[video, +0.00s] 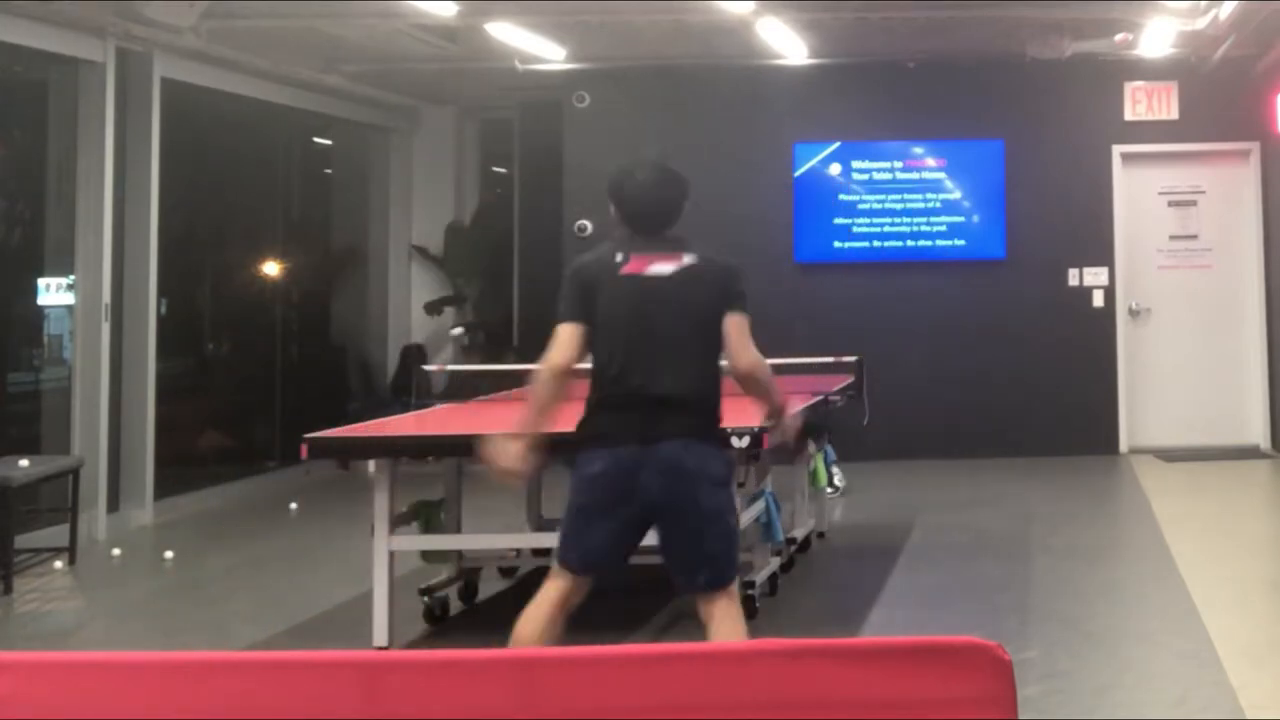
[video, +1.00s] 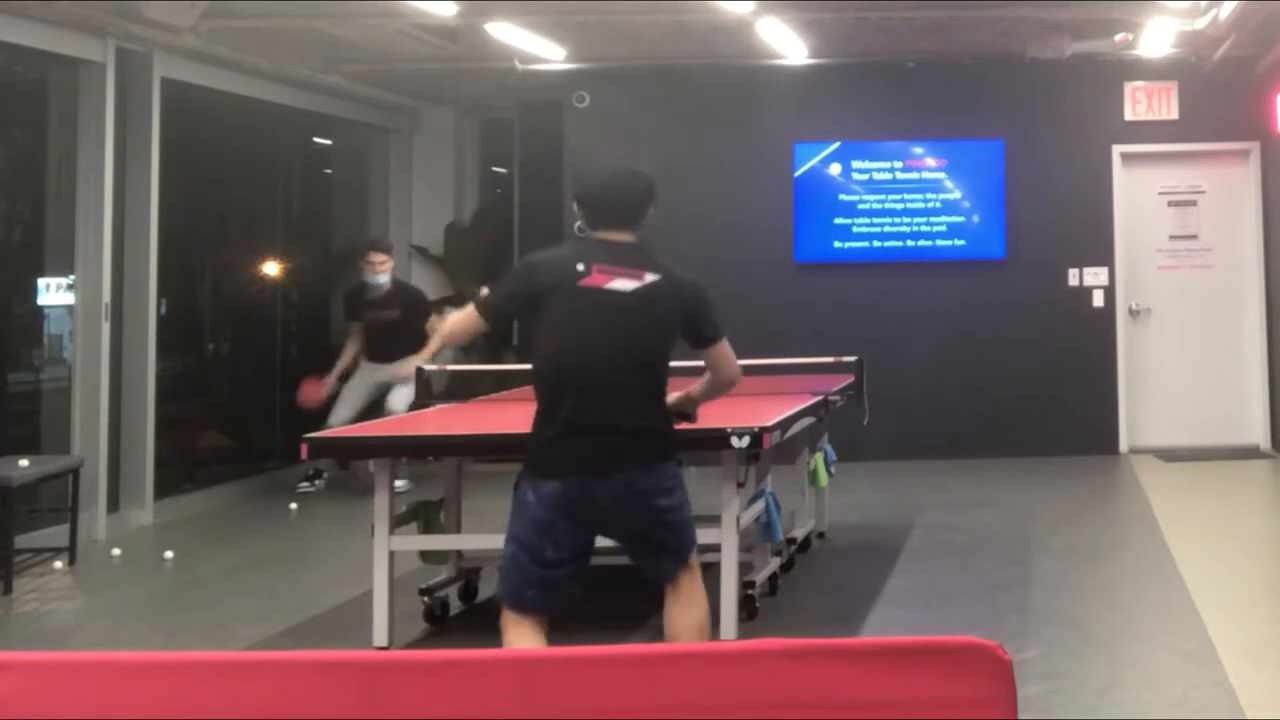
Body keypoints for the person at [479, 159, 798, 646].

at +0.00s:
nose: (613, 213)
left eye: (614, 205)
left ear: (616, 212)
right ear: (677, 210)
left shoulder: (590, 272)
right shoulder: (716, 276)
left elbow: (558, 363)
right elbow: (745, 363)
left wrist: (524, 434)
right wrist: (776, 407)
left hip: (609, 457)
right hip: (693, 457)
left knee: (561, 587)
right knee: (718, 599)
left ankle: (498, 703)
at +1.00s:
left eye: (576, 206)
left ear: (581, 212)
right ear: (645, 214)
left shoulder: (544, 270)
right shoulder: (673, 285)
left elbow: (461, 328)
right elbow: (727, 373)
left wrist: (442, 329)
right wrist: (689, 400)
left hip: (558, 465)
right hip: (643, 463)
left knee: (523, 610)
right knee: (681, 575)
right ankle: (694, 712)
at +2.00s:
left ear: (544, 208)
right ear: (596, 209)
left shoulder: (531, 248)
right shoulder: (627, 261)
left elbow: (484, 299)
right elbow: (668, 333)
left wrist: (454, 317)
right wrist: (636, 363)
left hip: (575, 420)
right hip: (630, 413)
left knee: (549, 547)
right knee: (658, 517)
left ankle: (600, 663)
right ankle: (732, 613)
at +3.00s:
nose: (319, 223)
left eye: (316, 215)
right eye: (315, 216)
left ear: (252, 223)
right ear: (304, 224)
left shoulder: (218, 263)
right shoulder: (335, 280)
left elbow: (143, 298)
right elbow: (384, 356)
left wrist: (144, 347)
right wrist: (372, 337)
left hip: (218, 444)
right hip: (300, 446)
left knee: (142, 549)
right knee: (355, 559)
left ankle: (114, 675)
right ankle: (410, 672)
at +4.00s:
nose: (357, 289)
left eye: (360, 278)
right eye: (357, 277)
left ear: (314, 265)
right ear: (335, 269)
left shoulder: (263, 299)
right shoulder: (293, 315)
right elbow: (265, 396)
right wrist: (319, 421)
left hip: (194, 465)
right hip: (235, 470)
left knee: (221, 545)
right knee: (317, 571)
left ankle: (177, 656)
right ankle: (276, 684)